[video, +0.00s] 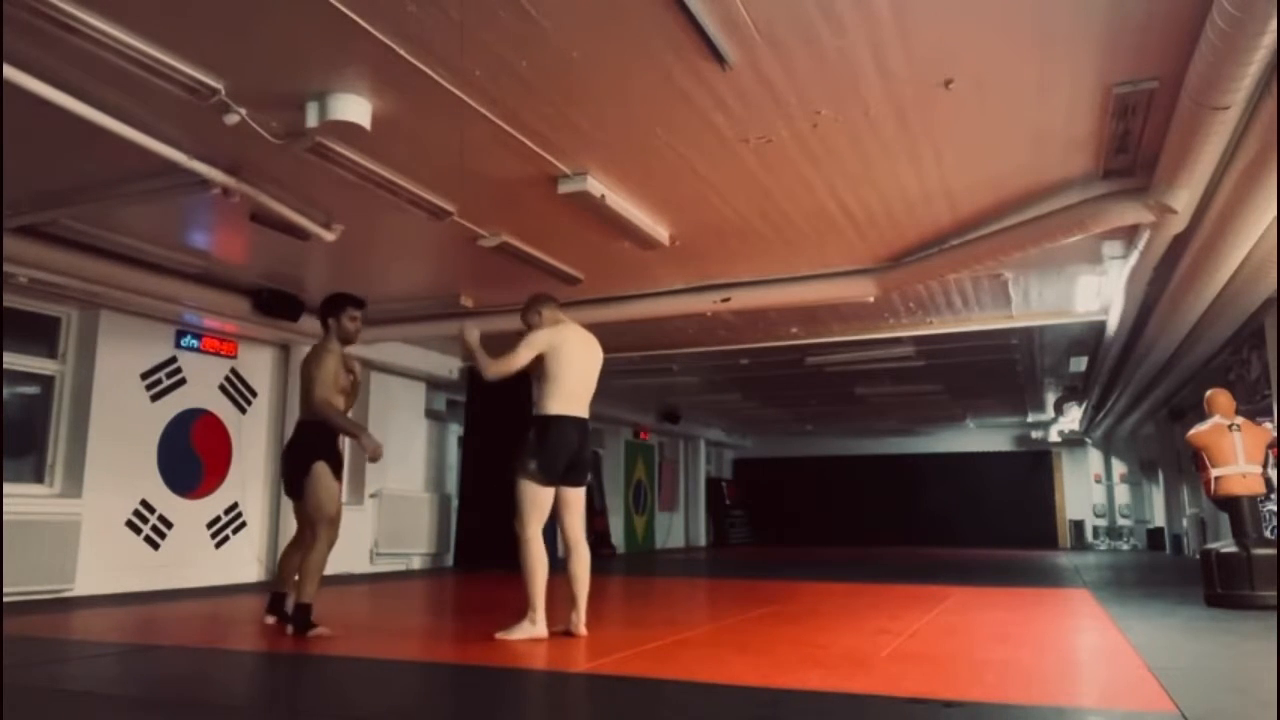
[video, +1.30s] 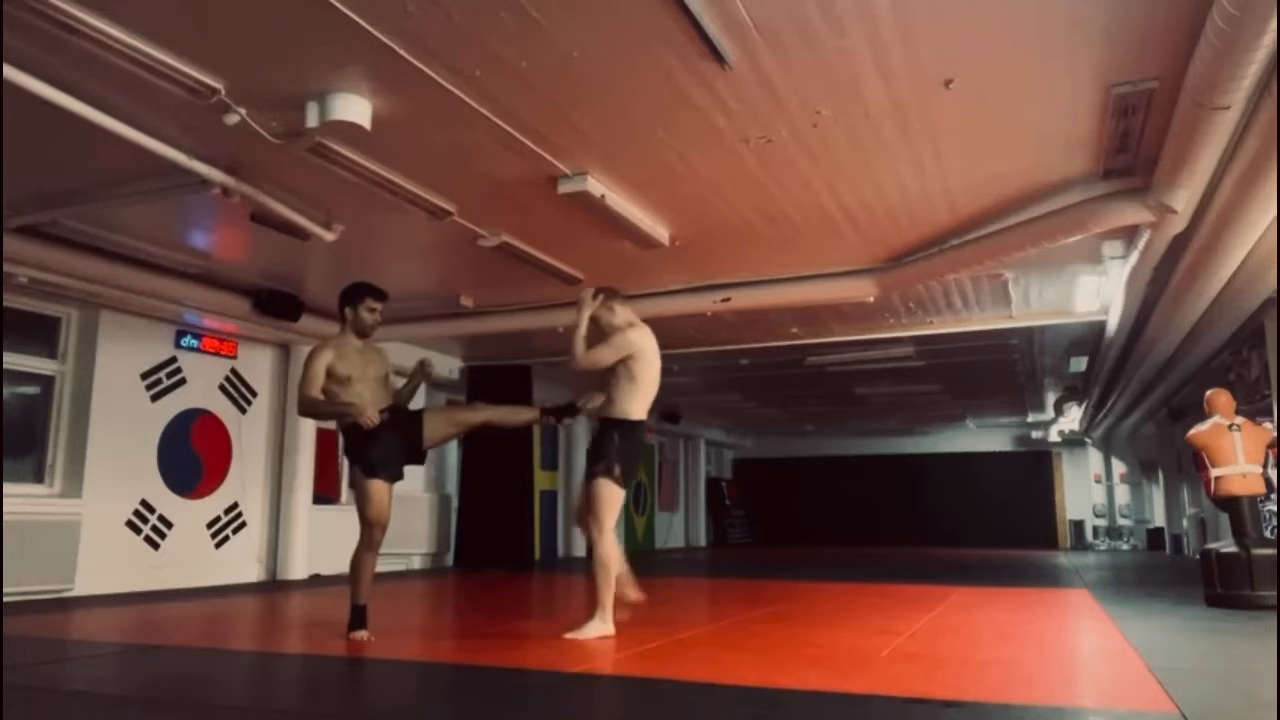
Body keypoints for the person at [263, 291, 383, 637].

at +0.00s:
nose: (358, 326)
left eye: (360, 320)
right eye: (352, 319)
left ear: (343, 324)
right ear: (332, 321)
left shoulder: (331, 355)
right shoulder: (328, 353)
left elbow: (340, 411)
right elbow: (320, 404)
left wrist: (355, 380)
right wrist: (362, 434)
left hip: (310, 447)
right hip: (316, 448)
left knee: (307, 532)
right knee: (325, 531)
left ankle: (278, 602)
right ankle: (302, 614)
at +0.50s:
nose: (368, 325)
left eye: (371, 319)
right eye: (362, 317)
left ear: (367, 322)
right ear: (341, 318)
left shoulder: (361, 363)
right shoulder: (321, 356)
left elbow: (373, 412)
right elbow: (302, 407)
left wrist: (392, 378)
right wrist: (347, 418)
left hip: (352, 449)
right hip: (329, 444)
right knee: (357, 529)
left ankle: (292, 585)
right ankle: (342, 620)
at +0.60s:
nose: (372, 318)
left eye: (375, 311)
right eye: (366, 310)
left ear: (372, 315)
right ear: (345, 311)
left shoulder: (363, 355)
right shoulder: (327, 346)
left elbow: (375, 404)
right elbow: (309, 395)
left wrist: (398, 373)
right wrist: (358, 408)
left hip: (360, 441)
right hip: (331, 439)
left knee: (408, 503)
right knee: (351, 523)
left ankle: (345, 556)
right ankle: (341, 620)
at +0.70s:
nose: (378, 315)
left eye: (380, 309)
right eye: (372, 307)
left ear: (375, 312)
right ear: (350, 307)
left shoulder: (368, 353)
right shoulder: (327, 342)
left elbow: (382, 403)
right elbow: (312, 388)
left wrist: (404, 376)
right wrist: (363, 398)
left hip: (369, 438)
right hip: (339, 439)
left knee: (440, 439)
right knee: (352, 527)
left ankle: (416, 512)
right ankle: (342, 623)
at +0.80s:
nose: (380, 316)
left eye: (383, 310)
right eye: (374, 308)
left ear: (381, 313)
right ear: (353, 308)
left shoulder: (372, 355)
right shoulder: (328, 342)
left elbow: (385, 405)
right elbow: (312, 387)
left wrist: (410, 378)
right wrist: (362, 396)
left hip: (383, 430)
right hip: (352, 437)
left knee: (448, 399)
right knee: (360, 528)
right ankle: (345, 622)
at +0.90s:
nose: (379, 316)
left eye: (382, 310)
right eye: (374, 308)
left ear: (380, 313)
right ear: (352, 308)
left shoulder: (375, 356)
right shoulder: (328, 343)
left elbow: (386, 405)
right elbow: (308, 390)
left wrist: (411, 383)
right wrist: (356, 400)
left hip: (392, 428)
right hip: (362, 437)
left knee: (462, 393)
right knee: (367, 531)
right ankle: (350, 620)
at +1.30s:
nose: (377, 319)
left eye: (380, 313)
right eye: (371, 311)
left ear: (377, 315)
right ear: (348, 310)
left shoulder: (376, 354)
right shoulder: (326, 352)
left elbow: (391, 406)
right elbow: (306, 404)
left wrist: (415, 380)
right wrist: (350, 410)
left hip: (402, 429)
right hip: (369, 443)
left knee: (476, 413)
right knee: (373, 532)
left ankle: (555, 414)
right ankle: (358, 621)